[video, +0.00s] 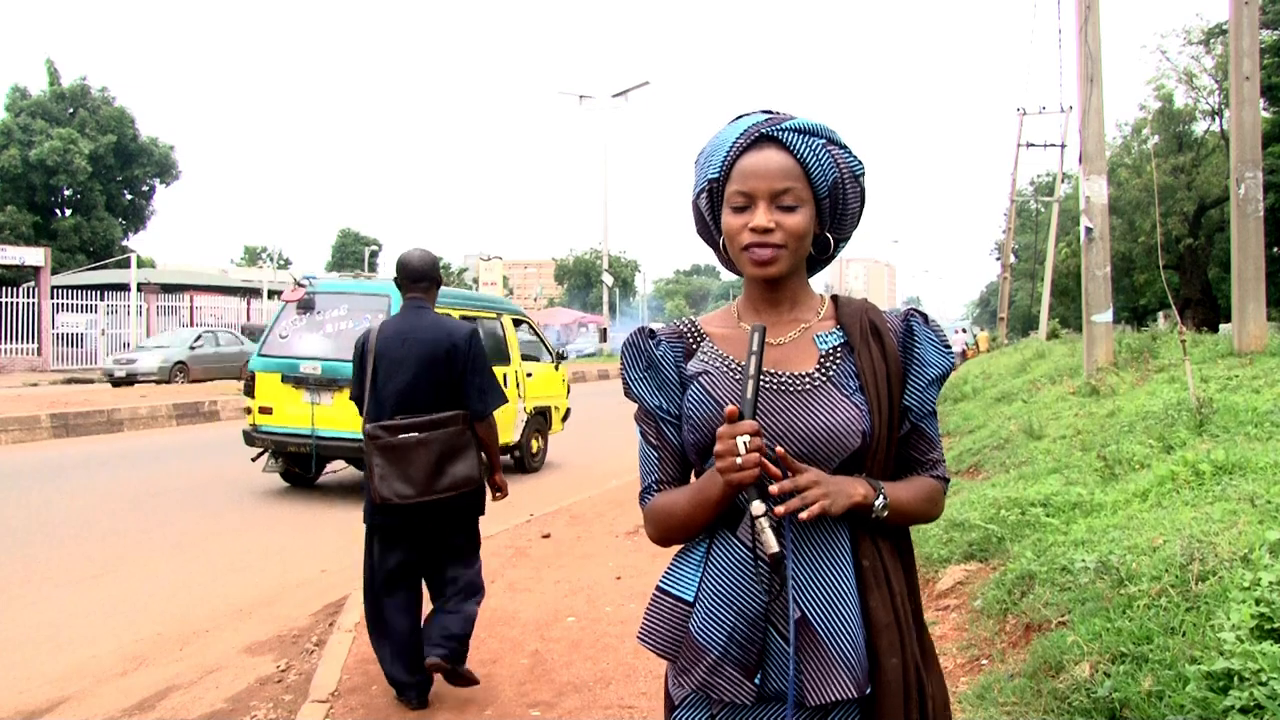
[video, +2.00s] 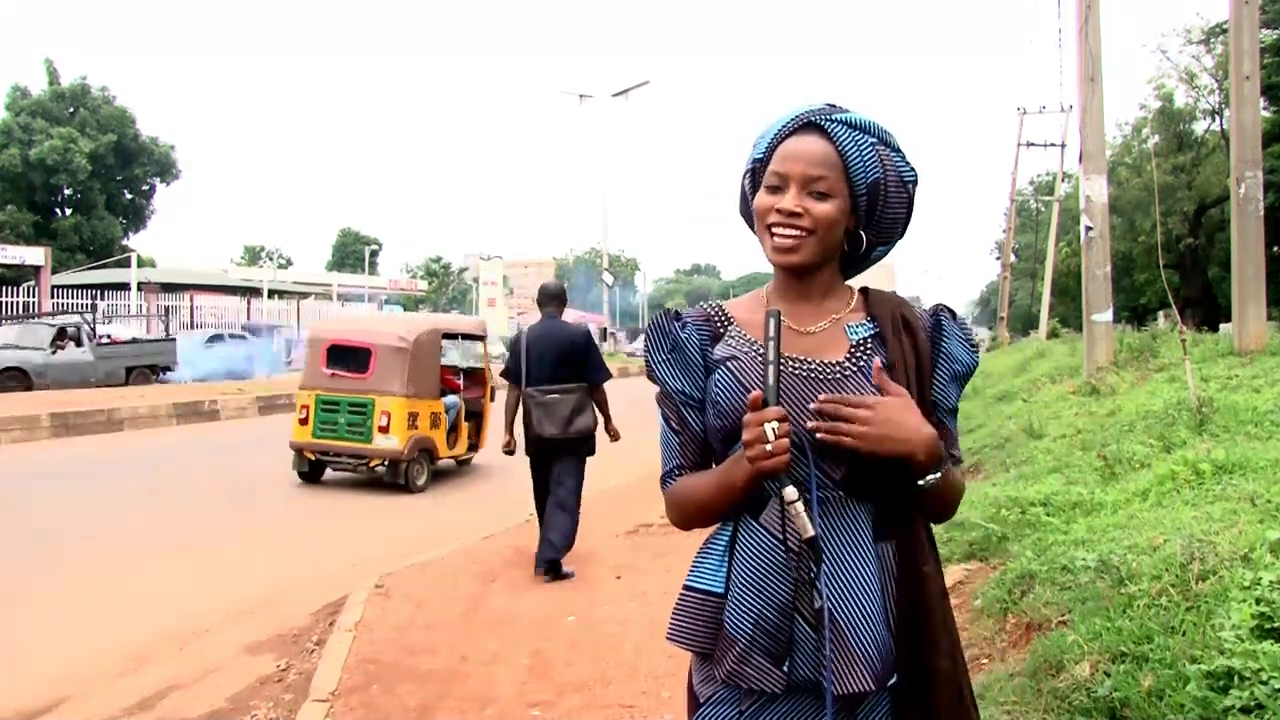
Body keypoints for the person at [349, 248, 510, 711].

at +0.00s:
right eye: (436, 281)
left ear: (398, 286)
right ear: (439, 285)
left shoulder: (371, 342)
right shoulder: (461, 337)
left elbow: (365, 411)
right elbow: (481, 414)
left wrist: (385, 468)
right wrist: (495, 467)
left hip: (390, 485)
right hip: (451, 479)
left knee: (392, 585)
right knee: (459, 570)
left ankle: (410, 685)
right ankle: (444, 646)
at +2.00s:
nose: (557, 307)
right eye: (562, 302)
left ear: (538, 305)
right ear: (565, 304)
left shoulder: (523, 340)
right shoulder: (579, 336)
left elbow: (514, 389)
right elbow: (595, 387)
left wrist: (508, 431)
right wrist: (608, 420)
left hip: (538, 429)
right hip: (575, 428)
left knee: (543, 491)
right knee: (565, 494)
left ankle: (549, 552)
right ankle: (549, 560)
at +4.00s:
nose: (625, 314)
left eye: (622, 309)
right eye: (630, 310)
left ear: (617, 309)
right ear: (637, 310)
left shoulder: (605, 334)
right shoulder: (644, 336)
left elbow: (596, 363)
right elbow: (649, 368)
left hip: (611, 400)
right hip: (637, 399)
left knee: (612, 444)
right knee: (634, 444)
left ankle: (611, 480)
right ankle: (627, 493)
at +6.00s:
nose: (699, 319)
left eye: (696, 316)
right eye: (702, 315)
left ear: (692, 316)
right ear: (707, 316)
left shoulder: (681, 335)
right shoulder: (714, 337)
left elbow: (675, 357)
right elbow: (719, 362)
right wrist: (717, 382)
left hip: (684, 386)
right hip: (707, 386)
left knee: (683, 424)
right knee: (709, 425)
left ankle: (682, 464)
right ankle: (712, 460)